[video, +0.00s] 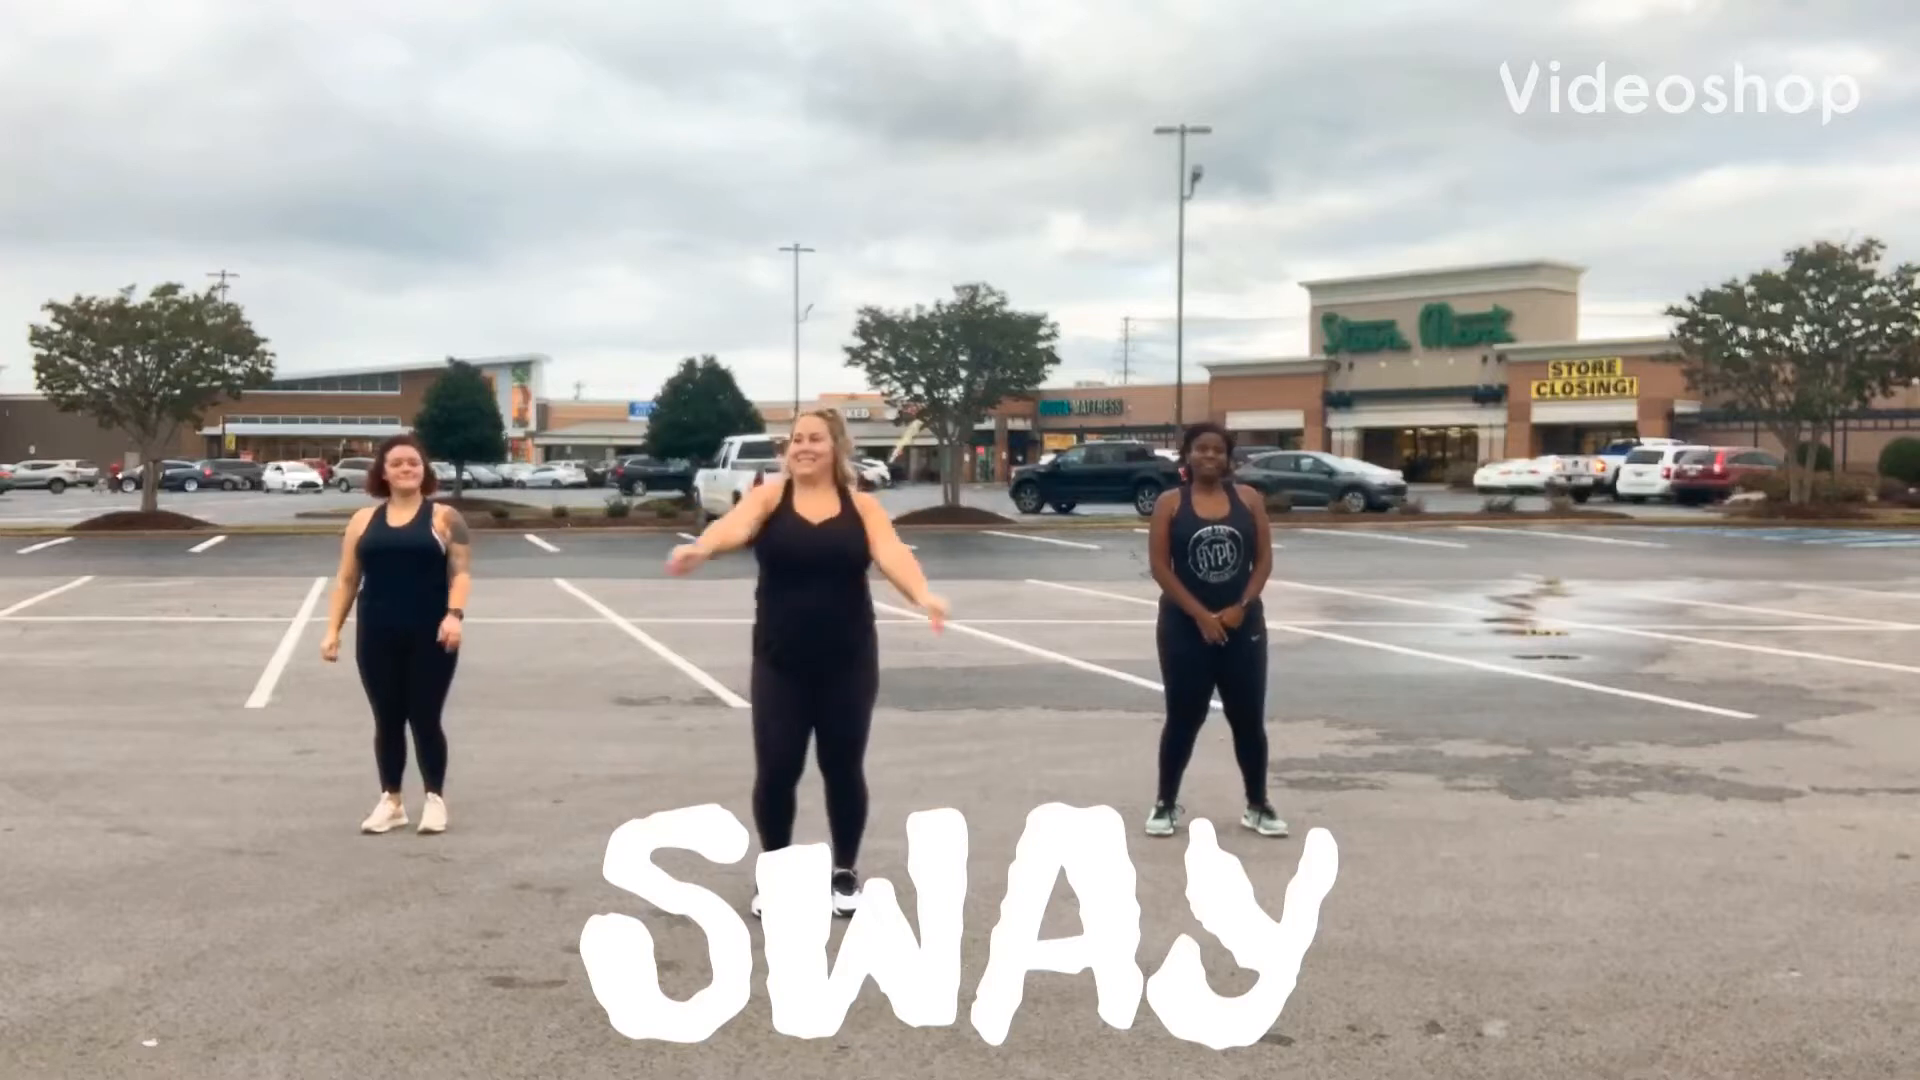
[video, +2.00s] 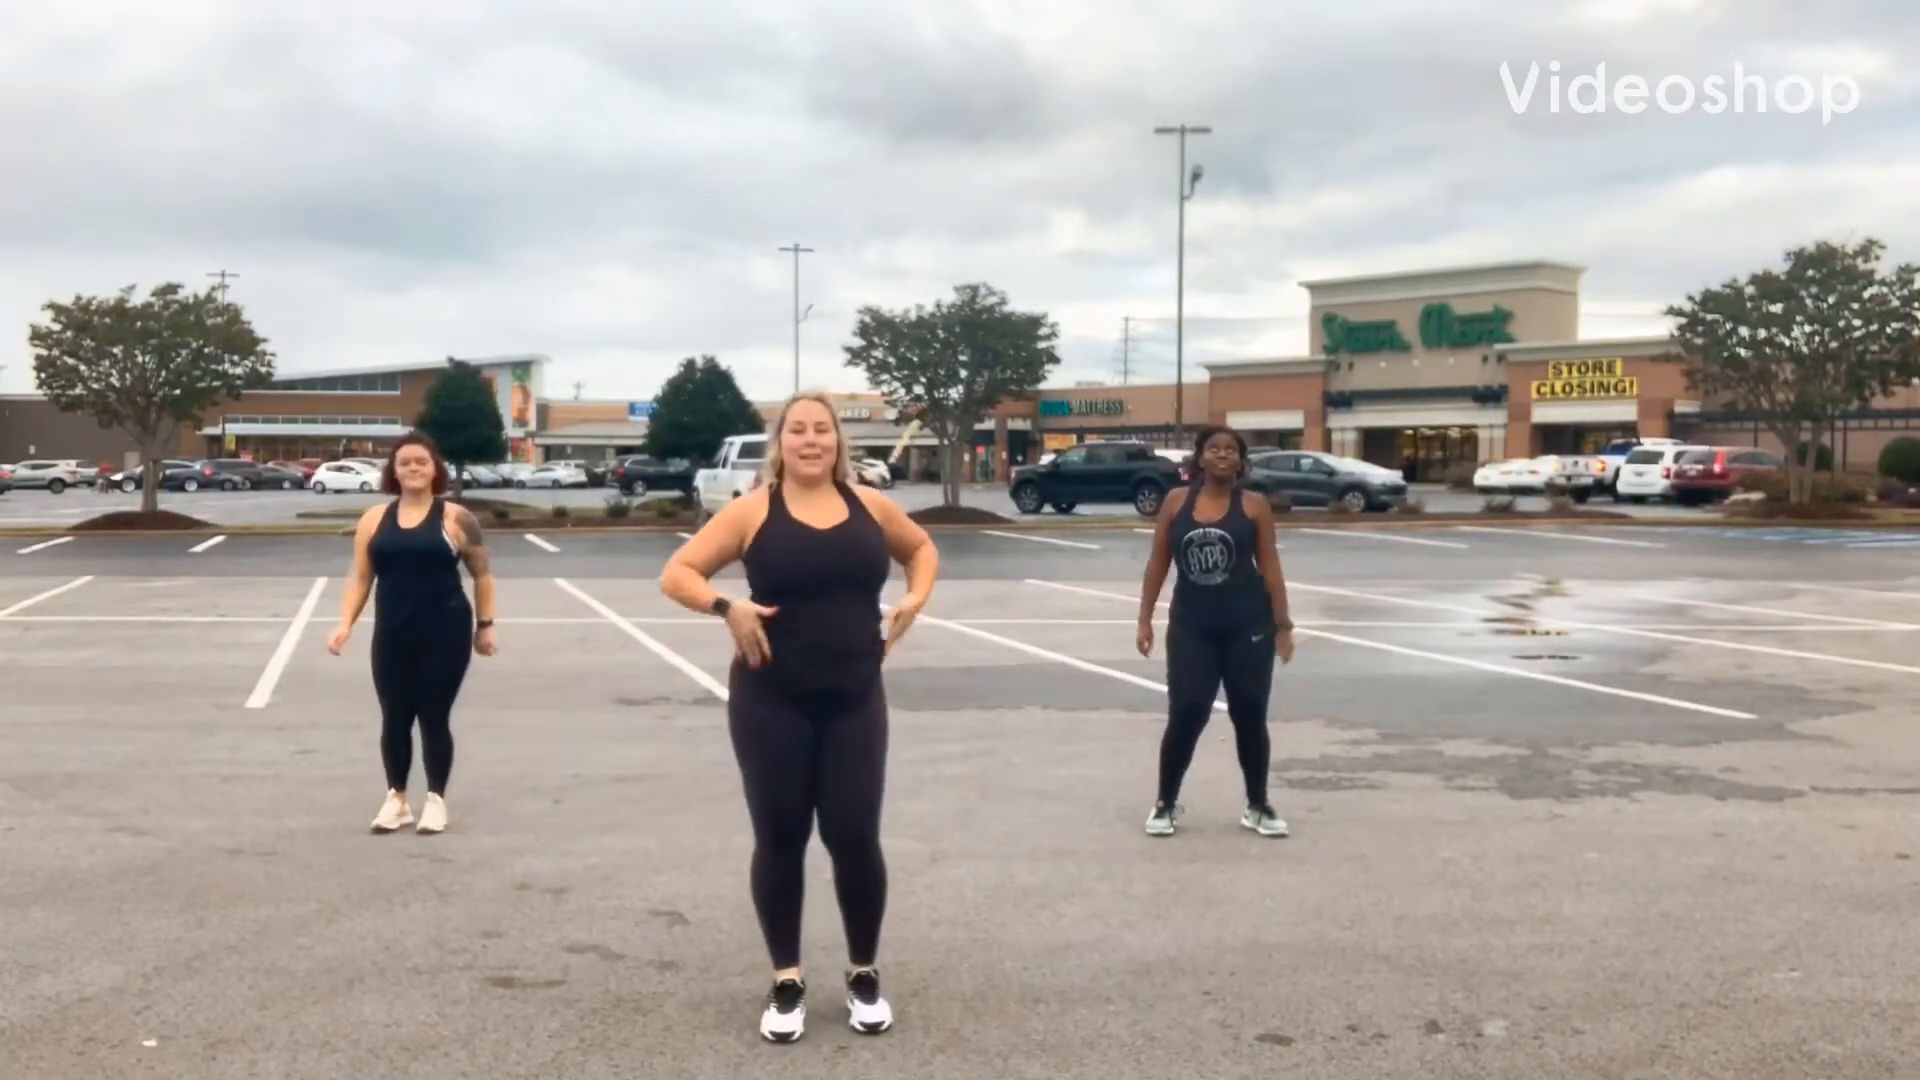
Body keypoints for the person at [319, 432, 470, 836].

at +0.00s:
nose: (405, 469)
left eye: (412, 462)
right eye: (396, 463)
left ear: (424, 470)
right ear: (383, 473)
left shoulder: (444, 518)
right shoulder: (363, 520)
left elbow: (460, 570)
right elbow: (347, 580)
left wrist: (454, 614)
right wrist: (333, 630)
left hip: (430, 636)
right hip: (378, 637)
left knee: (425, 718)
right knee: (387, 720)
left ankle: (434, 798)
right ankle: (390, 799)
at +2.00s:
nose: (413, 469)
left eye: (421, 462)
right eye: (405, 463)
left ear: (435, 469)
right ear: (394, 471)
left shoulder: (456, 518)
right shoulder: (374, 518)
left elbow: (481, 572)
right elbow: (361, 577)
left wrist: (485, 625)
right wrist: (345, 624)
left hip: (445, 633)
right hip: (393, 633)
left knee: (433, 716)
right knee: (395, 718)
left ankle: (435, 800)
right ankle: (396, 798)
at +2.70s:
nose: (404, 474)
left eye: (412, 467)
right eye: (396, 468)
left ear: (426, 473)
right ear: (385, 477)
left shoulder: (450, 522)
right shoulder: (367, 528)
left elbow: (472, 574)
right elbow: (354, 585)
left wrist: (467, 616)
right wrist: (348, 629)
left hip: (435, 641)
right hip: (380, 641)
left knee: (428, 724)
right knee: (359, 720)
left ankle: (435, 799)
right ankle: (378, 791)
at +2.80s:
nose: (399, 471)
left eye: (407, 464)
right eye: (391, 465)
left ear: (422, 471)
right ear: (380, 475)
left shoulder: (445, 519)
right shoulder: (362, 524)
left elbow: (483, 567)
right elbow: (349, 576)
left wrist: (472, 618)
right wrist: (341, 597)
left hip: (427, 638)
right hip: (372, 635)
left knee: (423, 721)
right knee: (340, 714)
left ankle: (434, 799)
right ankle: (334, 790)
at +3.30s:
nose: (407, 472)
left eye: (415, 466)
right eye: (399, 467)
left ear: (428, 474)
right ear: (387, 476)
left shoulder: (449, 523)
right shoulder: (369, 522)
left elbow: (473, 578)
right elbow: (345, 578)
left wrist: (453, 588)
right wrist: (314, 595)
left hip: (437, 640)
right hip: (384, 637)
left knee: (424, 722)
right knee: (344, 710)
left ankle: (434, 799)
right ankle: (336, 792)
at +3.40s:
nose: (409, 466)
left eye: (417, 459)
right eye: (401, 461)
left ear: (432, 467)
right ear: (391, 470)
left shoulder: (452, 514)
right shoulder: (373, 518)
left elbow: (486, 561)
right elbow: (351, 568)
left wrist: (452, 550)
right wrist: (332, 599)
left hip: (439, 633)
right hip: (385, 631)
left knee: (427, 717)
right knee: (365, 712)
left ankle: (434, 798)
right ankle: (377, 789)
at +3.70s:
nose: (416, 471)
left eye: (424, 465)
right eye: (408, 466)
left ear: (438, 473)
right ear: (397, 476)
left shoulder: (459, 523)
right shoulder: (377, 527)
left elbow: (470, 571)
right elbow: (366, 588)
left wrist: (456, 586)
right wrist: (362, 640)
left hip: (445, 638)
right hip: (388, 638)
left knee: (452, 719)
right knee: (397, 724)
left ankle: (447, 794)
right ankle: (404, 799)